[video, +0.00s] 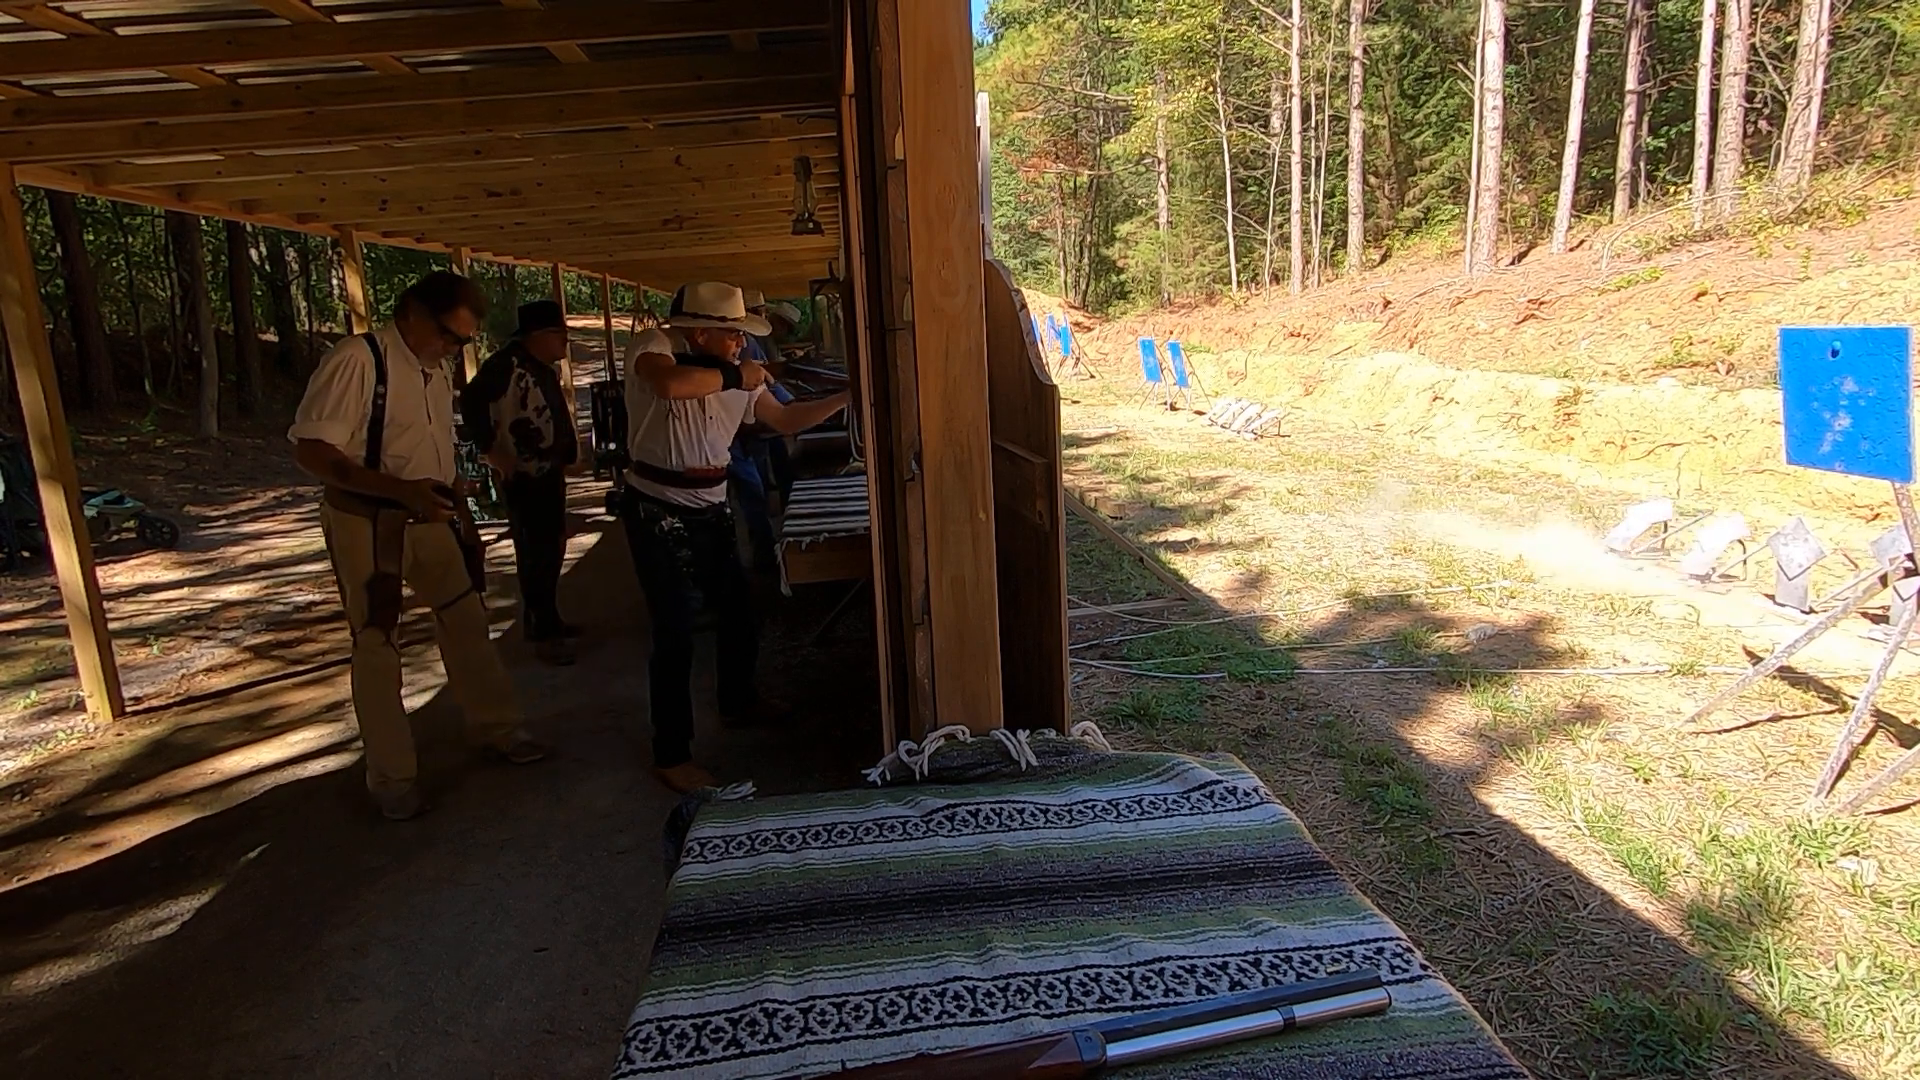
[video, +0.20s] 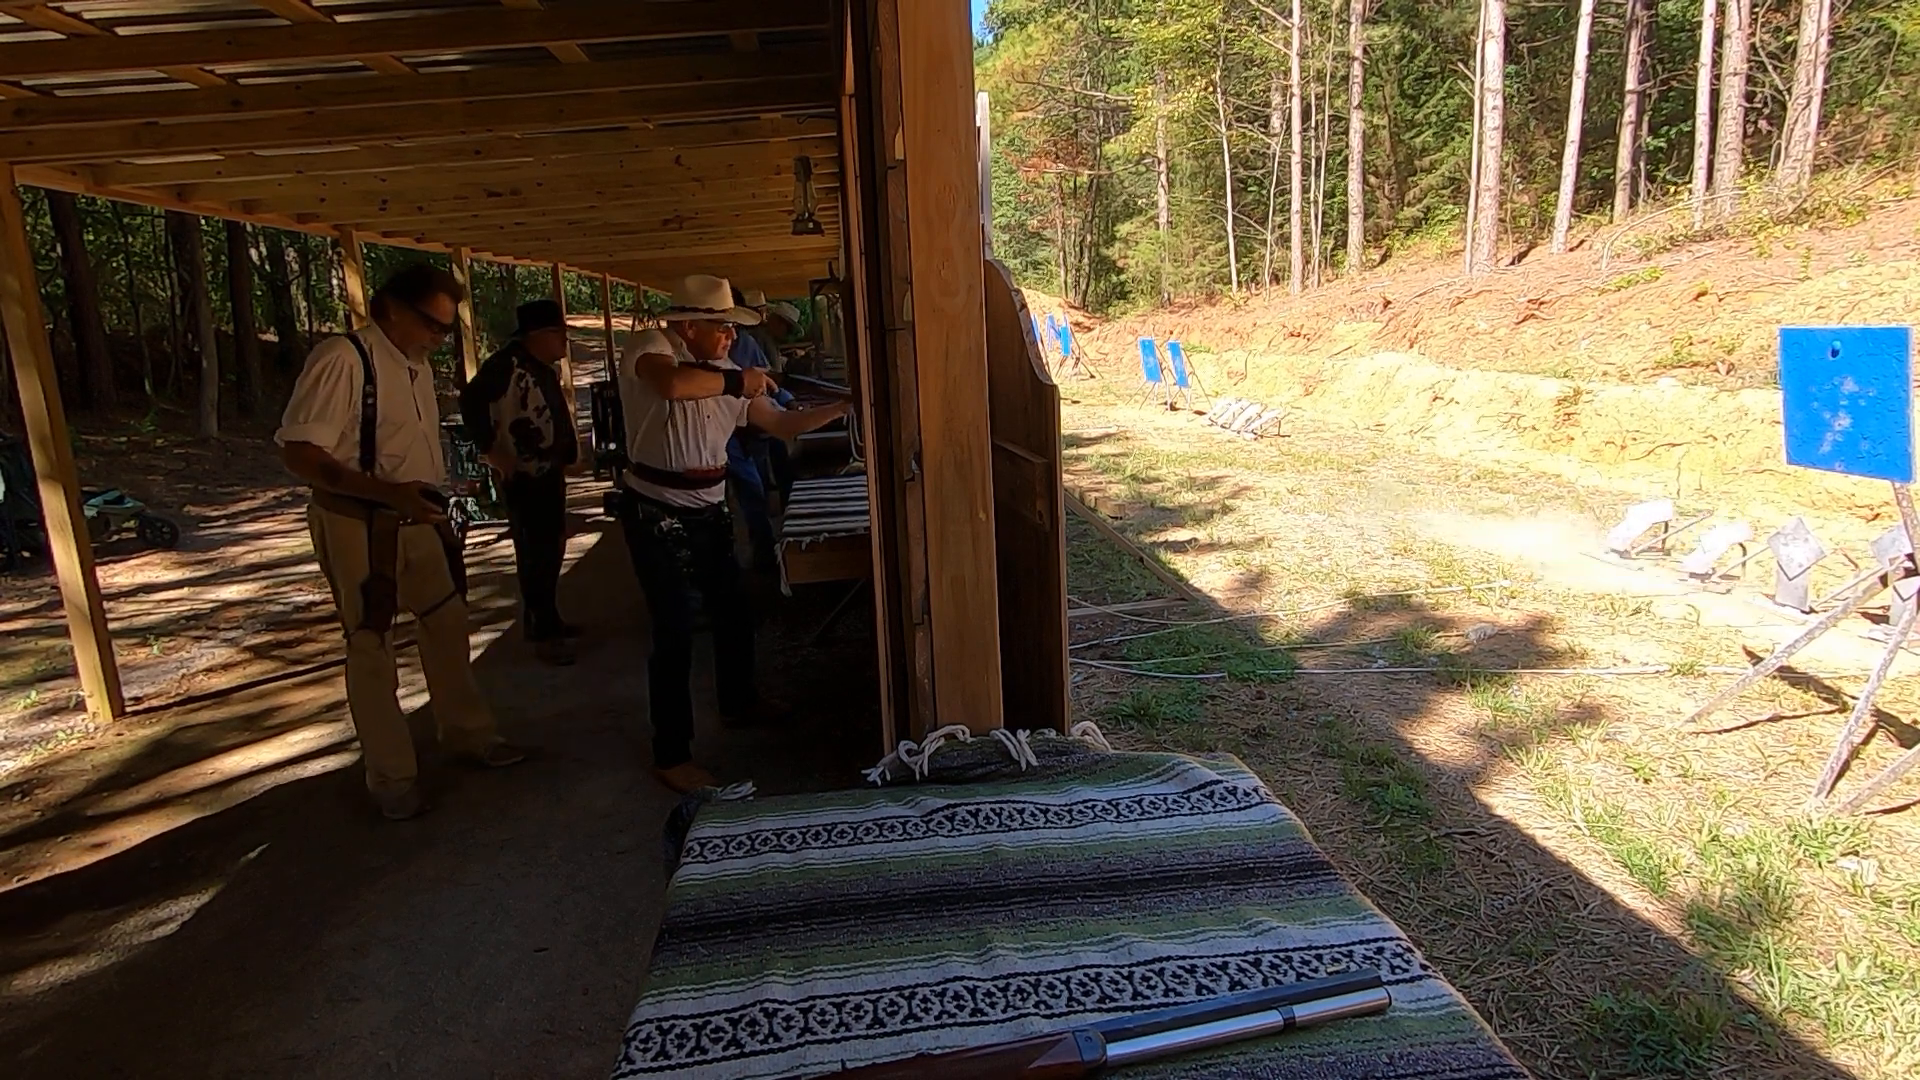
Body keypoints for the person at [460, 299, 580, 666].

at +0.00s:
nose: (566, 344)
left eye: (565, 337)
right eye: (561, 336)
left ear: (545, 337)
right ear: (539, 335)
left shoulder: (545, 367)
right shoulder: (505, 365)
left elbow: (554, 415)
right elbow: (471, 403)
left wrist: (566, 453)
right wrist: (490, 449)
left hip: (549, 474)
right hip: (522, 477)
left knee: (551, 552)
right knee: (535, 555)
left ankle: (550, 621)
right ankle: (541, 631)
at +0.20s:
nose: (565, 343)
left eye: (565, 336)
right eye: (560, 336)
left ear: (545, 336)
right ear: (538, 335)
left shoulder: (545, 367)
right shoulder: (505, 364)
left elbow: (554, 415)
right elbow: (471, 401)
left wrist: (566, 452)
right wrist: (490, 448)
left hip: (549, 474)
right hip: (522, 477)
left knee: (551, 552)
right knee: (535, 555)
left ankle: (549, 621)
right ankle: (541, 631)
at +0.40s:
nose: (564, 340)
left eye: (564, 333)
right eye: (558, 333)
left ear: (544, 335)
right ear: (536, 334)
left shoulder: (545, 368)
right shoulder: (505, 365)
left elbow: (555, 414)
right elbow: (470, 401)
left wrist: (567, 452)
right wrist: (489, 448)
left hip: (550, 473)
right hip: (522, 477)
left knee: (551, 551)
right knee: (535, 553)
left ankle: (549, 620)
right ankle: (541, 630)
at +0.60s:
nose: (563, 339)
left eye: (562, 332)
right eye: (557, 332)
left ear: (544, 334)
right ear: (534, 334)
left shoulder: (546, 368)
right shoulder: (504, 365)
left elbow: (554, 414)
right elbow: (468, 403)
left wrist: (567, 450)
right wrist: (490, 450)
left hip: (550, 473)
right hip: (522, 477)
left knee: (551, 551)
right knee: (534, 553)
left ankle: (549, 620)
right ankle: (541, 631)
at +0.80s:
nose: (564, 339)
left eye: (563, 332)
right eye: (557, 332)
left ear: (544, 335)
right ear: (534, 334)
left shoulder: (547, 370)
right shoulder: (503, 366)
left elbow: (557, 414)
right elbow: (468, 403)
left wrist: (568, 448)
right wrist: (490, 450)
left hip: (550, 474)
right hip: (520, 477)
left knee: (551, 551)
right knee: (533, 554)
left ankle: (550, 620)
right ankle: (540, 631)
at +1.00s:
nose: (563, 340)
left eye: (563, 332)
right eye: (557, 333)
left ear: (546, 335)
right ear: (534, 334)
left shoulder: (547, 371)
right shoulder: (503, 366)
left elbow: (558, 412)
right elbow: (468, 403)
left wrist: (568, 440)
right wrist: (490, 450)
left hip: (550, 474)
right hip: (520, 477)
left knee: (552, 550)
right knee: (534, 553)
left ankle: (550, 620)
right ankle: (541, 630)